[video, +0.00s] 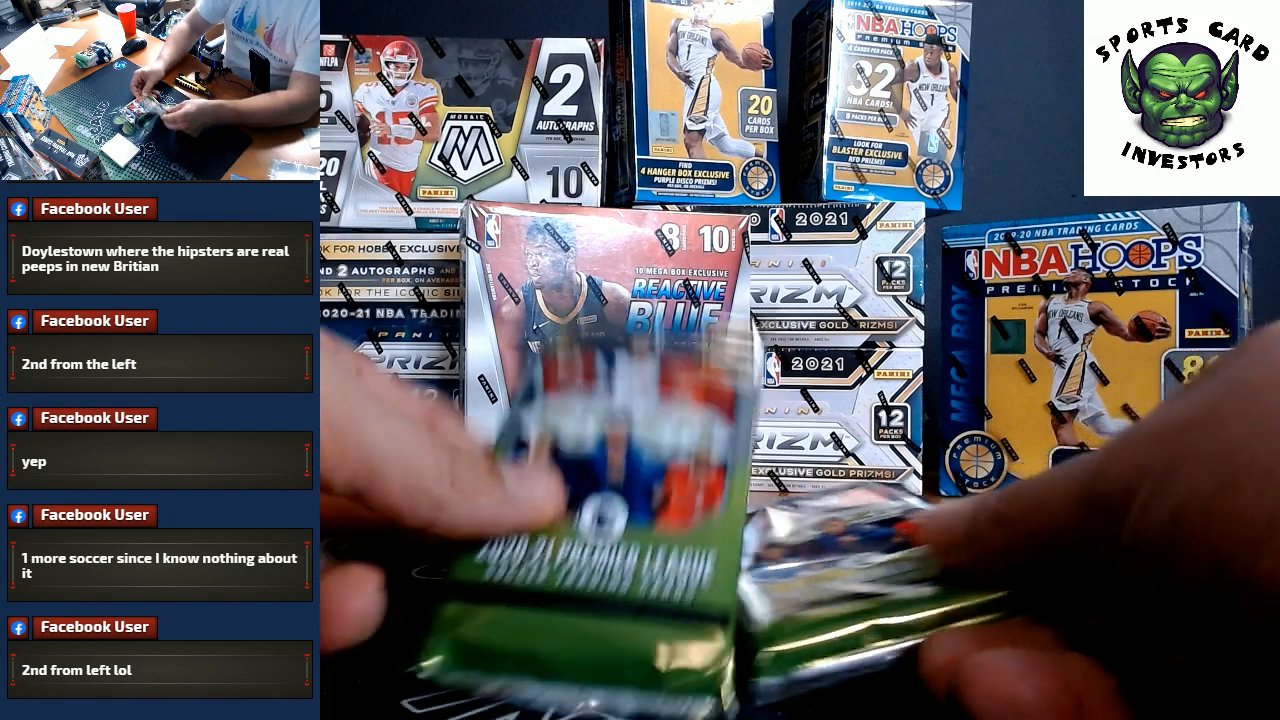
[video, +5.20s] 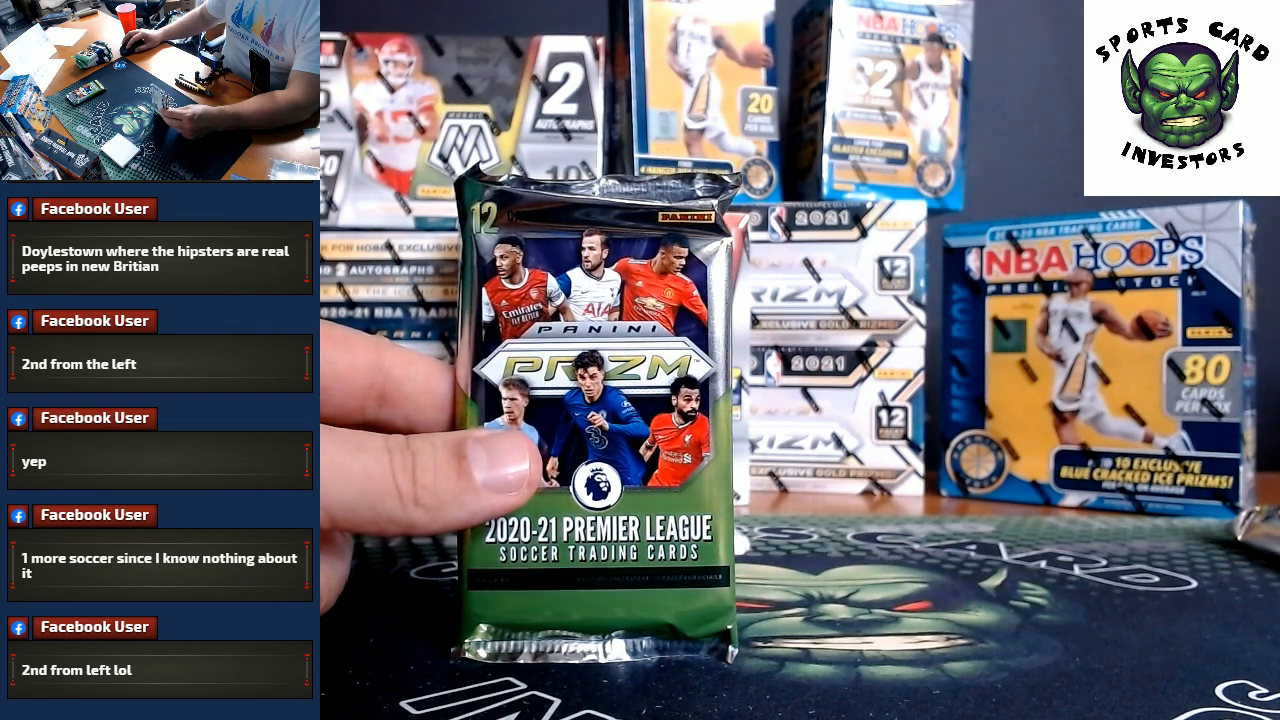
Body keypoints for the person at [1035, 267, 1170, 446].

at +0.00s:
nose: (1068, 273)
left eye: (1074, 271)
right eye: (1069, 271)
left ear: (1086, 281)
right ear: (1067, 279)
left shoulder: (1095, 308)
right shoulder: (1049, 304)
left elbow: (1126, 333)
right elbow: (1038, 335)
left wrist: (1157, 330)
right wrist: (1046, 351)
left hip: (1079, 364)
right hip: (1063, 367)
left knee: (1060, 422)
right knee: (1102, 425)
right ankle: (1148, 434)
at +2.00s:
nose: (1072, 288)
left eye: (1077, 284)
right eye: (1071, 283)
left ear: (1087, 286)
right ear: (1067, 284)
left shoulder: (1095, 308)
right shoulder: (1053, 304)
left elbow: (1125, 331)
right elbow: (1039, 335)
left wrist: (1155, 330)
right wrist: (1047, 350)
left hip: (1081, 365)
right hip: (1063, 366)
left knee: (1062, 417)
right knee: (1103, 424)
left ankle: (1077, 473)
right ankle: (1165, 442)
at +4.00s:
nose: (1072, 287)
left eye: (1077, 284)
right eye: (1071, 283)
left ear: (1087, 285)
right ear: (1067, 283)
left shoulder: (1095, 308)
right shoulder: (1053, 304)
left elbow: (1126, 331)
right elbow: (1039, 334)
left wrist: (1156, 330)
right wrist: (1047, 350)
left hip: (1081, 365)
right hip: (1064, 367)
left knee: (1062, 418)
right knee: (1103, 424)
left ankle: (1078, 473)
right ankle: (1165, 442)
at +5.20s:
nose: (1074, 288)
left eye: (1078, 284)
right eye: (1071, 284)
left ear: (1088, 285)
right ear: (1067, 284)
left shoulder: (1095, 308)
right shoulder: (1052, 304)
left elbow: (1126, 331)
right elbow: (1039, 334)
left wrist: (1156, 330)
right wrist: (1047, 349)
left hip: (1081, 365)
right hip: (1064, 367)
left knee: (1062, 419)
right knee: (1104, 424)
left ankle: (1078, 475)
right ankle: (1166, 442)